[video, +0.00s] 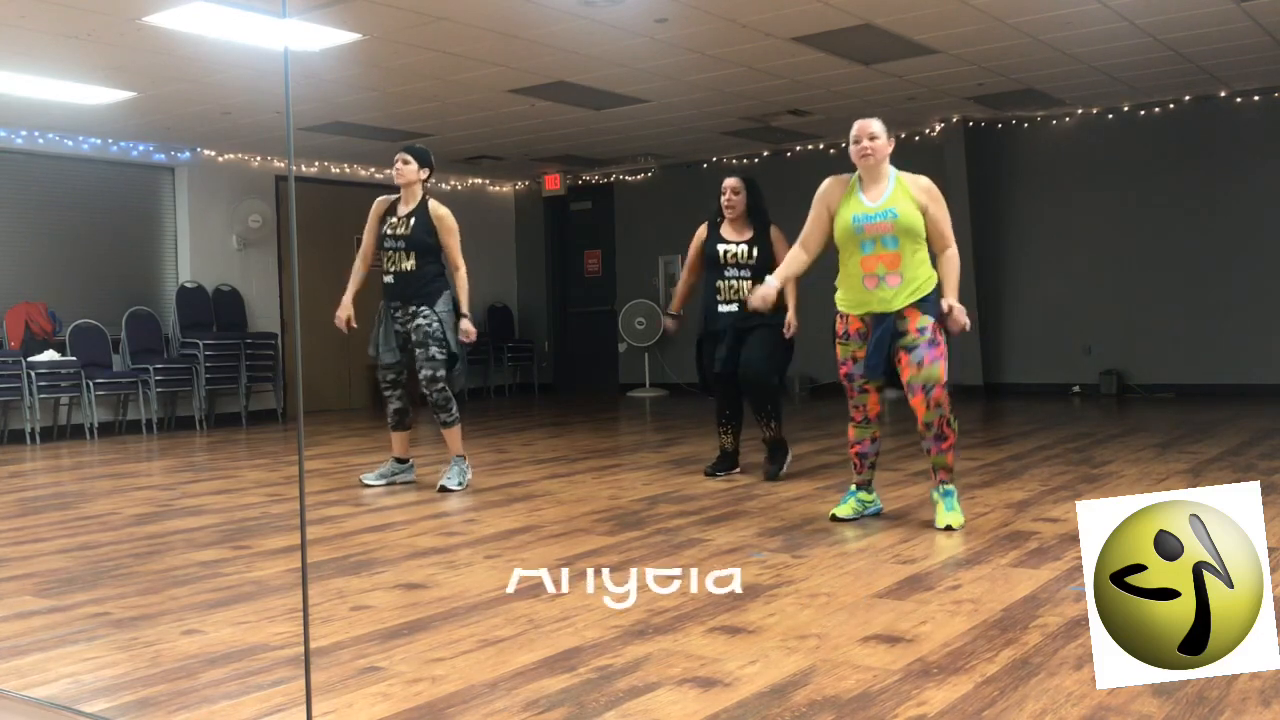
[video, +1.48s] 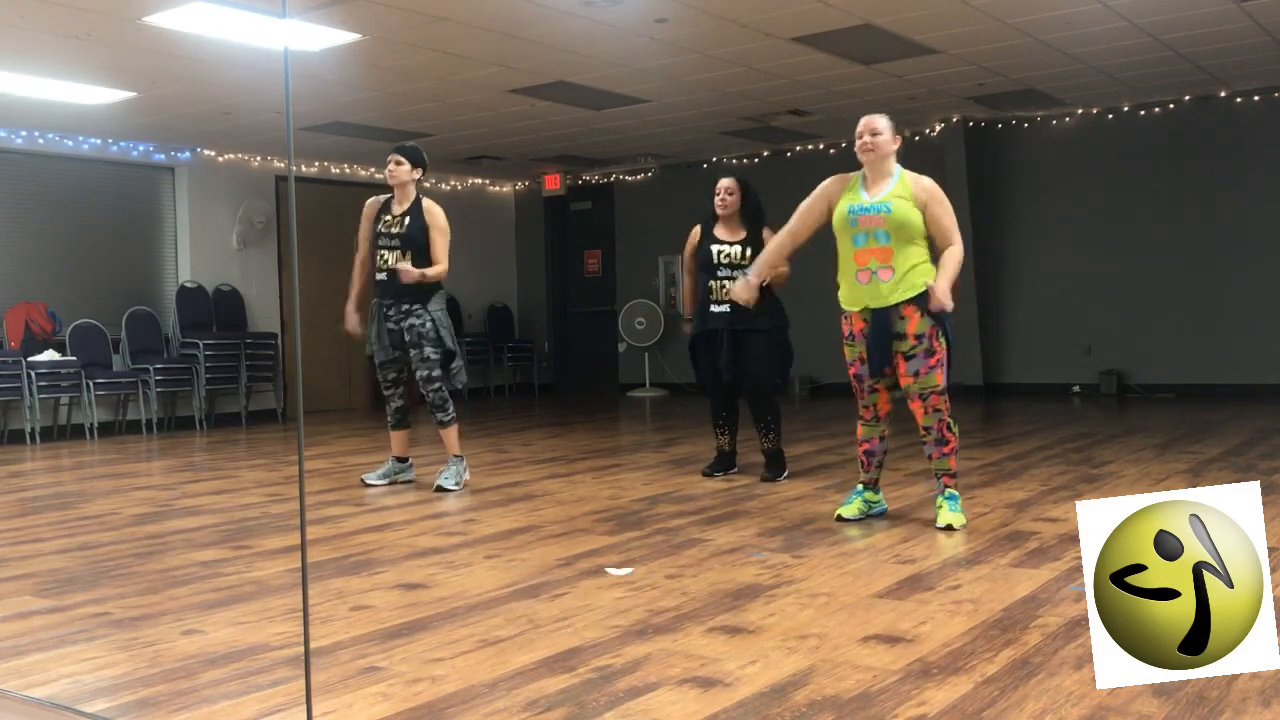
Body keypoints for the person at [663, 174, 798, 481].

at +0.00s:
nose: (728, 198)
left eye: (735, 192)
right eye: (724, 193)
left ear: (750, 197)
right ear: (719, 198)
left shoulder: (769, 233)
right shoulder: (706, 232)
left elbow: (788, 272)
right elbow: (688, 275)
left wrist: (791, 309)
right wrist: (673, 312)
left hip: (762, 326)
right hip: (721, 327)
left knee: (757, 381)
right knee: (724, 388)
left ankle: (776, 448)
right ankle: (727, 455)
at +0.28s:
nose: (730, 198)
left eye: (738, 193)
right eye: (727, 193)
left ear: (753, 199)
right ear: (723, 200)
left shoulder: (766, 228)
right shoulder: (723, 236)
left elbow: (802, 250)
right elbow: (732, 277)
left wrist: (795, 274)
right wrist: (721, 310)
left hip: (768, 327)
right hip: (728, 329)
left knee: (771, 390)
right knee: (703, 378)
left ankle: (781, 459)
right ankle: (719, 439)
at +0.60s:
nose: (739, 198)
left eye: (745, 194)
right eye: (734, 193)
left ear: (754, 200)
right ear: (724, 197)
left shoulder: (769, 229)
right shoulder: (710, 236)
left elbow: (797, 266)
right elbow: (699, 280)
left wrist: (829, 292)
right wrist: (668, 271)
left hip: (765, 326)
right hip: (722, 330)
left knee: (769, 391)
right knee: (723, 392)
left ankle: (780, 459)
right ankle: (725, 457)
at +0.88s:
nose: (729, 203)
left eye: (736, 198)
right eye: (724, 196)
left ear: (743, 202)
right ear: (713, 199)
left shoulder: (755, 232)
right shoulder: (695, 236)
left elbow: (779, 272)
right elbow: (676, 276)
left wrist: (808, 304)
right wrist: (654, 253)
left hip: (755, 328)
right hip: (712, 331)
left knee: (756, 387)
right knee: (717, 392)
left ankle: (768, 454)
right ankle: (725, 456)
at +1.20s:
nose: (730, 201)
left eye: (737, 196)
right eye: (725, 195)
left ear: (744, 202)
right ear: (714, 198)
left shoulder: (758, 232)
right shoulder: (694, 231)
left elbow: (775, 271)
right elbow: (664, 261)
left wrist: (779, 303)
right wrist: (645, 255)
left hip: (753, 328)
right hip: (709, 330)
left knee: (755, 387)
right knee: (716, 392)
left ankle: (766, 456)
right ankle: (725, 456)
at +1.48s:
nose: (722, 198)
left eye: (729, 193)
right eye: (718, 193)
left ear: (743, 198)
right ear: (712, 199)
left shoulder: (764, 236)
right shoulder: (699, 235)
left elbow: (782, 276)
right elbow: (690, 277)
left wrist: (772, 272)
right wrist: (689, 317)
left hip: (757, 330)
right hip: (715, 331)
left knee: (761, 392)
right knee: (720, 393)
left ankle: (774, 458)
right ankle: (725, 456)